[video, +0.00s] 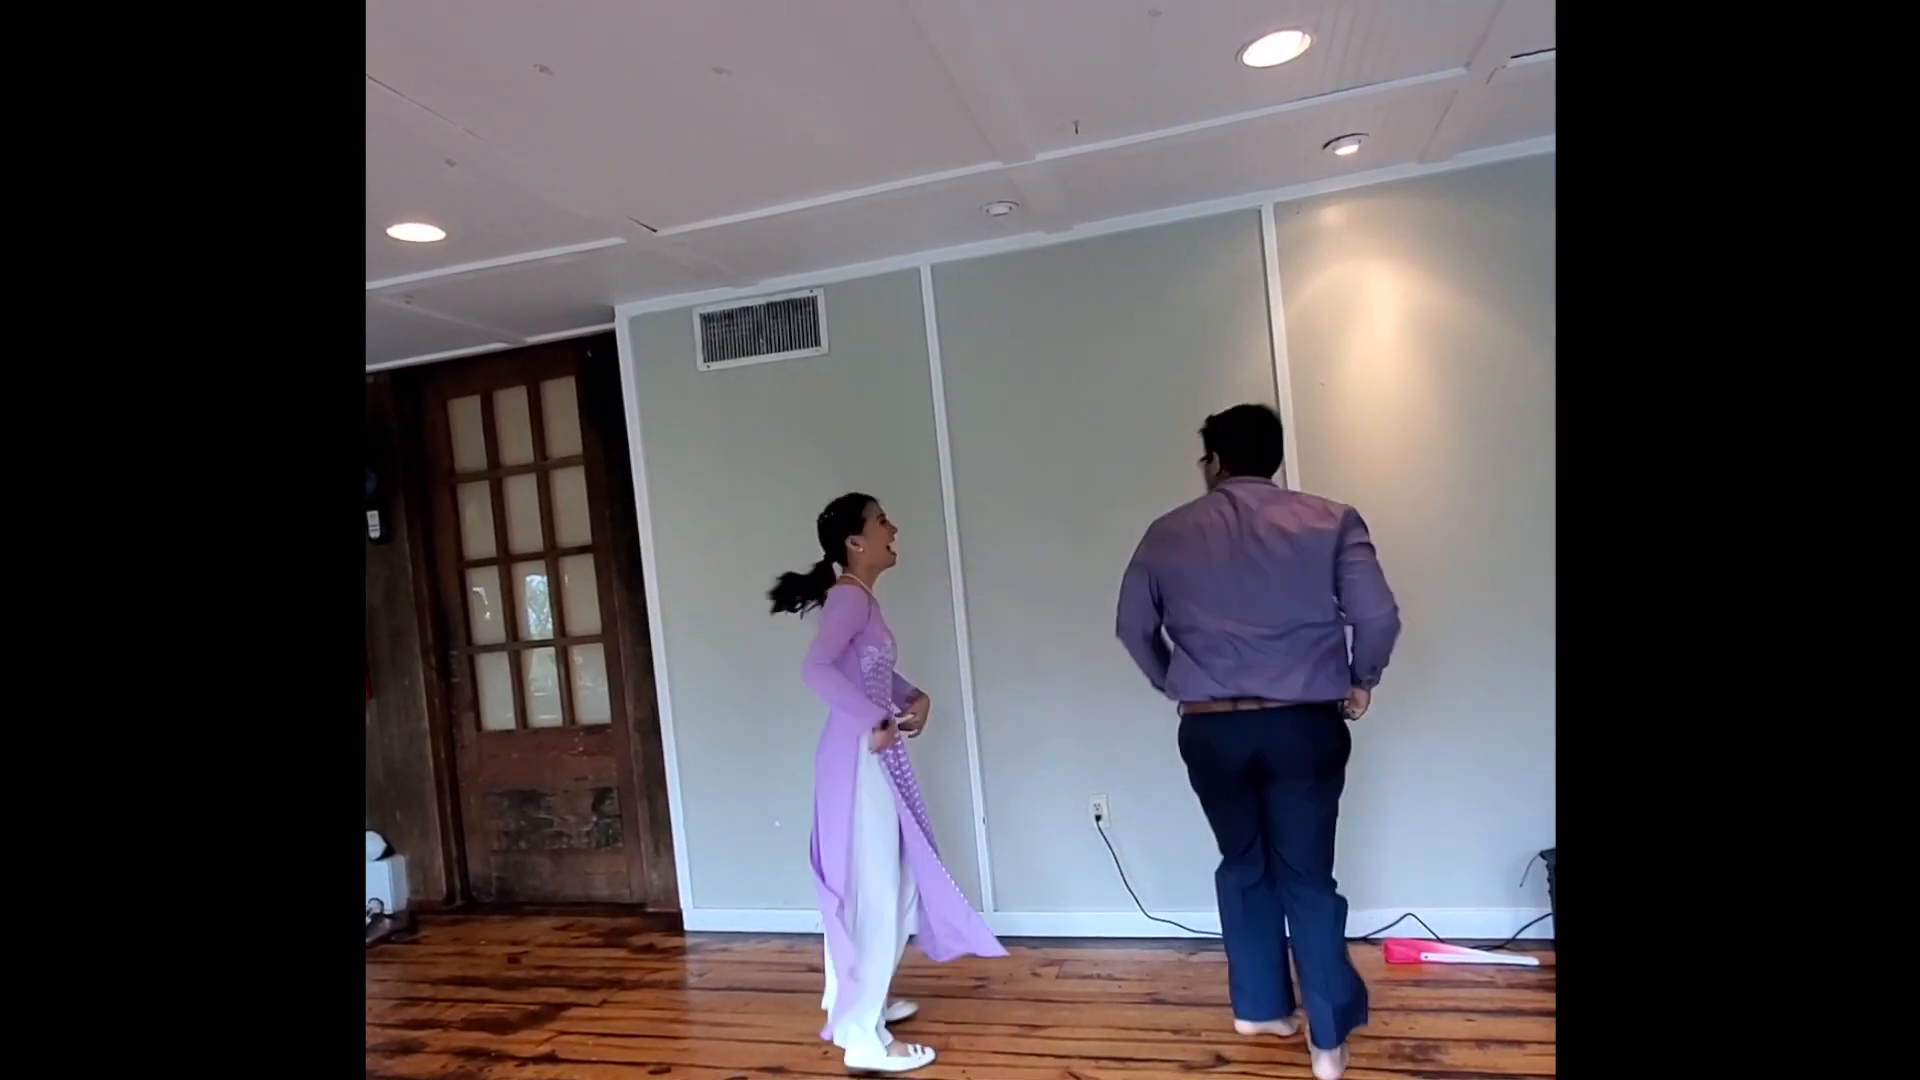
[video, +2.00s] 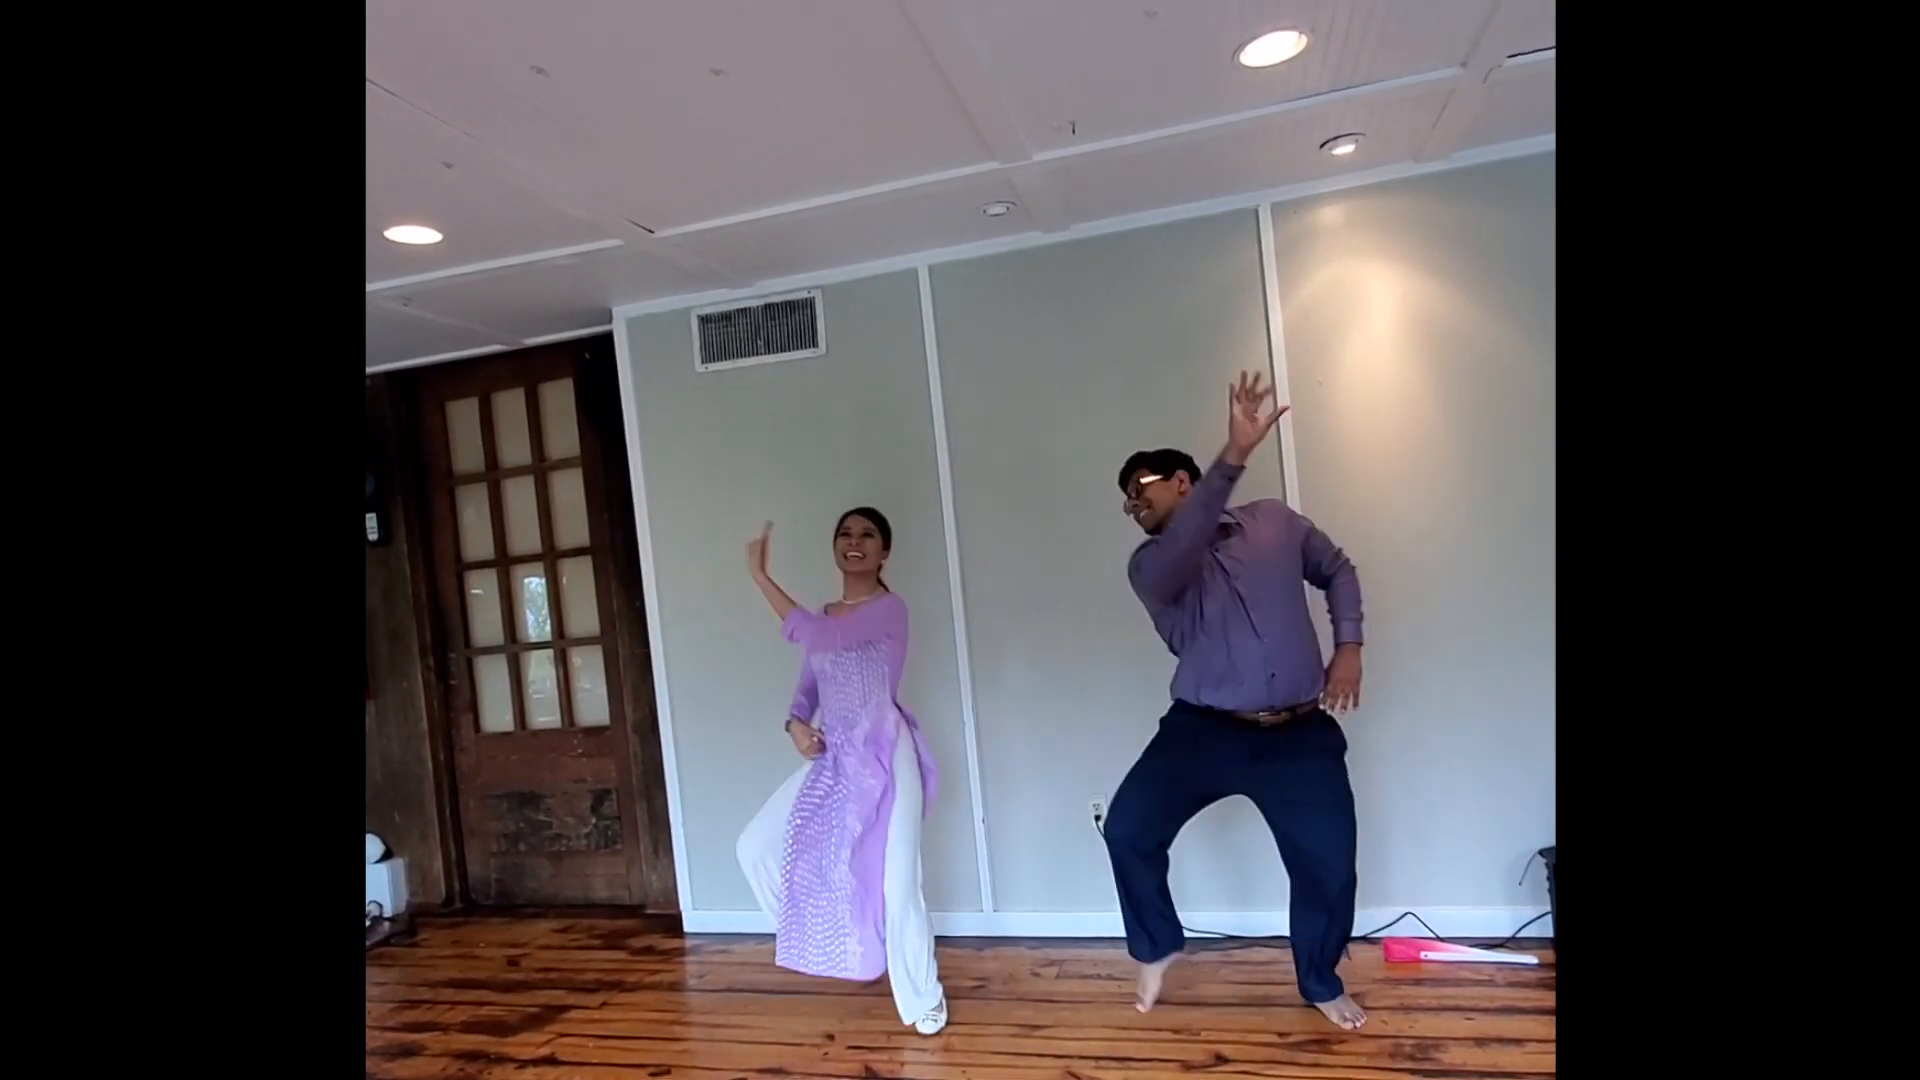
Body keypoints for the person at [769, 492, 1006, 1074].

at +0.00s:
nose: (894, 532)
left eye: (889, 524)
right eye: (883, 525)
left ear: (859, 542)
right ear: (855, 541)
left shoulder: (864, 600)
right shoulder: (850, 598)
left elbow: (875, 674)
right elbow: (818, 669)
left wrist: (918, 696)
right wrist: (874, 719)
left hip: (871, 756)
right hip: (859, 759)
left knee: (879, 884)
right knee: (874, 889)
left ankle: (861, 1002)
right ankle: (859, 1035)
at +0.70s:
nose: (830, 555)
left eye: (840, 544)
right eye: (818, 547)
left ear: (859, 550)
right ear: (806, 557)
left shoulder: (891, 613)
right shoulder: (797, 625)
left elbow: (947, 676)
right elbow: (778, 693)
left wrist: (934, 632)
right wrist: (785, 737)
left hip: (879, 769)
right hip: (826, 772)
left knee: (873, 886)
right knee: (832, 886)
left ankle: (868, 1013)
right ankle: (852, 1010)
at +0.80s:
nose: (811, 540)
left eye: (822, 529)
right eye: (800, 531)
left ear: (842, 537)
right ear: (790, 541)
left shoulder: (867, 588)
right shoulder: (780, 608)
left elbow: (951, 607)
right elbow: (758, 675)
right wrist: (764, 718)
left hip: (871, 749)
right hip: (817, 755)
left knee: (883, 864)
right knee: (807, 871)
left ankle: (908, 970)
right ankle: (813, 999)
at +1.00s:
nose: (788, 557)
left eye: (799, 546)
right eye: (779, 548)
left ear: (820, 555)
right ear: (770, 559)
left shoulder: (843, 609)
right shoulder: (758, 625)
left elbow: (891, 563)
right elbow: (722, 689)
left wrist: (921, 497)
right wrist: (743, 728)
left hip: (846, 755)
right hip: (788, 762)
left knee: (911, 844)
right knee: (787, 879)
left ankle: (873, 907)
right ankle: (799, 999)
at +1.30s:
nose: (773, 546)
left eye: (785, 539)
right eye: (766, 541)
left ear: (809, 558)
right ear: (758, 559)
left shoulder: (826, 602)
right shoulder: (742, 624)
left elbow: (876, 547)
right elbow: (718, 688)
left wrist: (895, 472)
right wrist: (722, 725)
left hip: (830, 754)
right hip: (771, 764)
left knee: (896, 856)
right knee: (786, 885)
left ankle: (934, 962)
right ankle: (801, 1002)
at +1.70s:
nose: (801, 551)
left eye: (812, 545)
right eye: (792, 544)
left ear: (830, 558)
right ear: (781, 560)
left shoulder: (847, 614)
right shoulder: (763, 625)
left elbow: (860, 574)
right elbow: (731, 693)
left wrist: (825, 508)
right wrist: (744, 727)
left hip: (843, 761)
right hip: (787, 767)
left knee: (885, 879)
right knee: (795, 884)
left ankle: (941, 994)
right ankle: (809, 1004)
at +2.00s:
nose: (854, 543)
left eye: (866, 536)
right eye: (846, 536)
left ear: (885, 550)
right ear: (834, 550)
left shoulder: (890, 609)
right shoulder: (820, 621)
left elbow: (819, 633)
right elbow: (807, 690)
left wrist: (761, 577)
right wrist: (796, 723)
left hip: (887, 755)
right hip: (832, 758)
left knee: (896, 880)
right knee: (754, 845)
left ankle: (924, 1001)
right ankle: (828, 942)